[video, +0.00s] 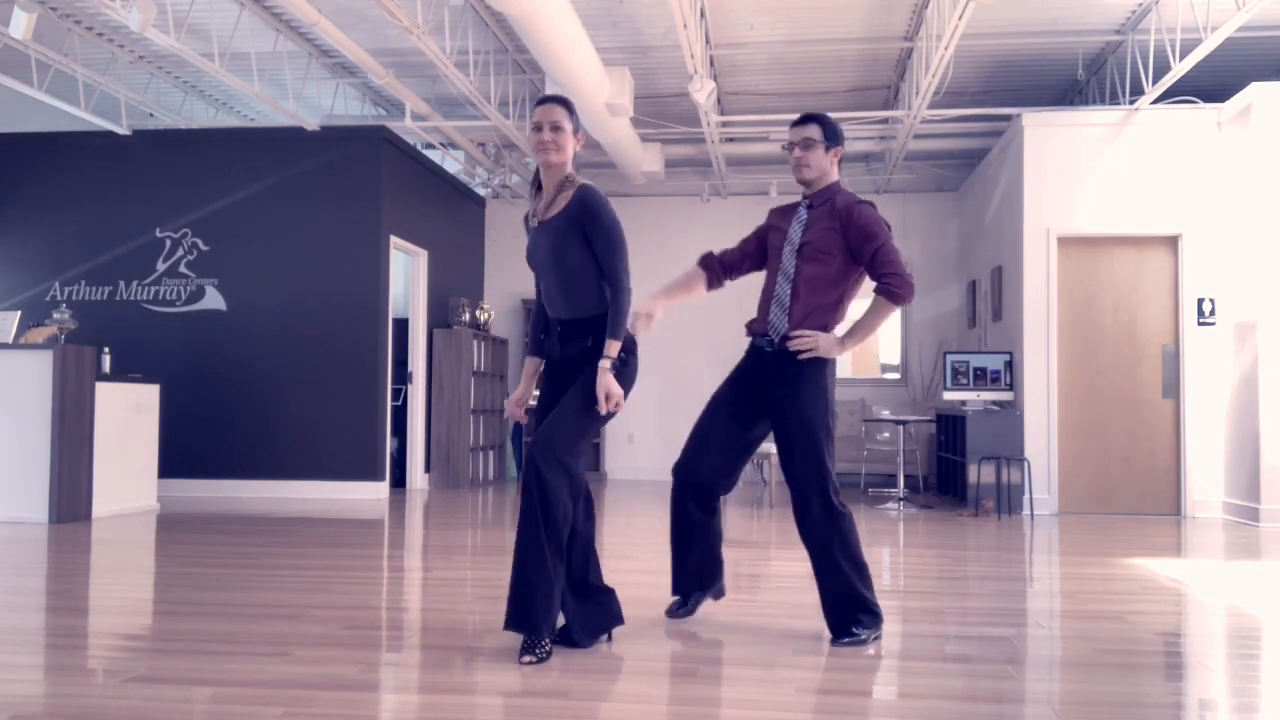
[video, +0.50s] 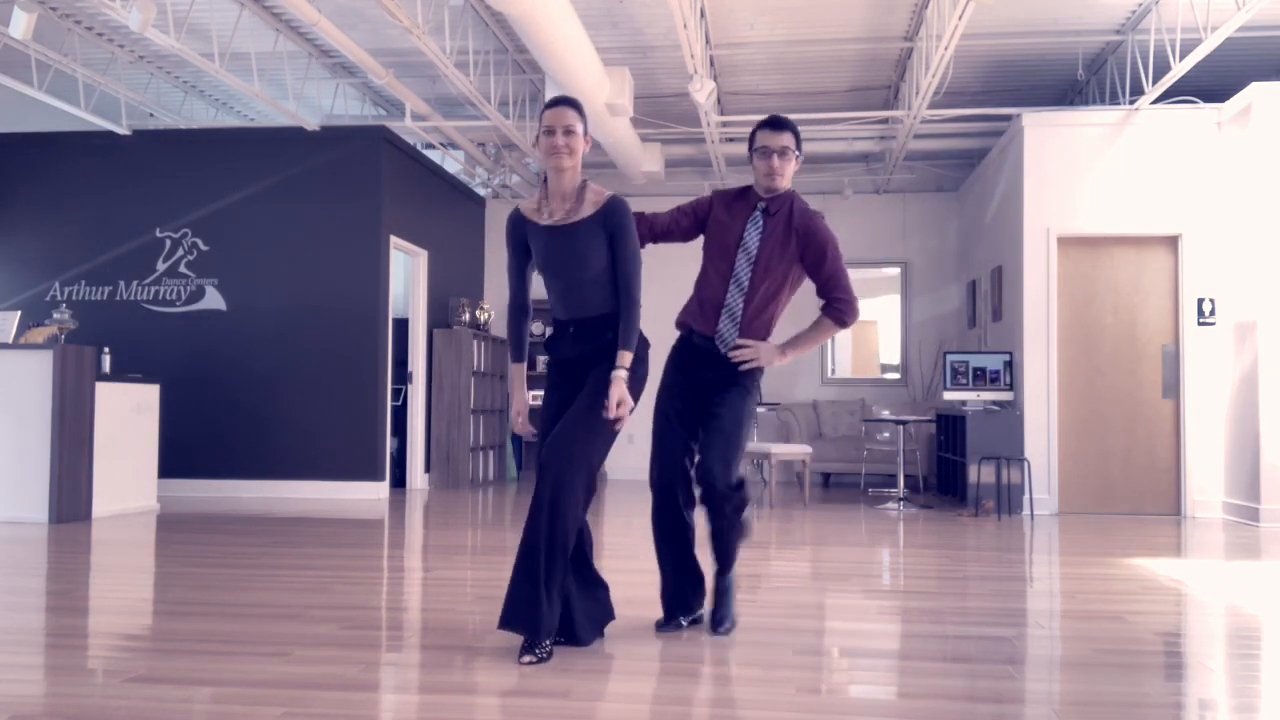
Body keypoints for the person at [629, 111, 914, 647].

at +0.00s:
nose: (795, 154)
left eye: (806, 146)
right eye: (791, 147)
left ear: (835, 154)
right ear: (789, 157)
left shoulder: (854, 213)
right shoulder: (782, 220)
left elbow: (897, 286)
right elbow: (721, 267)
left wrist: (845, 342)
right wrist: (659, 299)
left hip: (805, 365)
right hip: (757, 361)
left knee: (815, 492)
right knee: (694, 474)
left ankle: (857, 618)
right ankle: (698, 579)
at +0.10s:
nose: (797, 149)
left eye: (807, 141)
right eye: (789, 142)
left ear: (829, 152)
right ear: (780, 151)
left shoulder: (838, 208)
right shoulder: (765, 212)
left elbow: (885, 279)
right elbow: (700, 250)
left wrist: (831, 336)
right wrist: (630, 271)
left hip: (794, 363)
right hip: (745, 360)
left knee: (815, 490)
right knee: (694, 487)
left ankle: (856, 618)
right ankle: (688, 602)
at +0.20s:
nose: (792, 146)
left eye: (804, 139)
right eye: (784, 138)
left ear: (820, 150)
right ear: (771, 146)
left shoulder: (825, 208)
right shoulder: (744, 201)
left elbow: (876, 278)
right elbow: (670, 229)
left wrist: (813, 316)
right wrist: (597, 248)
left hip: (778, 359)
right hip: (727, 357)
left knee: (807, 483)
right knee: (695, 482)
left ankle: (853, 613)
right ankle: (690, 604)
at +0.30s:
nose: (785, 145)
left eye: (796, 137)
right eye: (776, 135)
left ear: (810, 148)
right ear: (762, 142)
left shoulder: (813, 206)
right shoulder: (730, 191)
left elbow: (859, 284)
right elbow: (656, 216)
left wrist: (794, 316)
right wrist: (587, 231)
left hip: (762, 356)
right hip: (709, 351)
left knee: (783, 473)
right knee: (684, 480)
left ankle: (833, 592)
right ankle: (691, 604)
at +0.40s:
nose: (778, 151)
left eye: (789, 143)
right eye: (768, 141)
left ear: (803, 152)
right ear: (754, 147)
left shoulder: (811, 218)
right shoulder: (723, 195)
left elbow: (851, 297)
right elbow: (651, 218)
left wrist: (786, 336)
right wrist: (597, 225)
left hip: (748, 355)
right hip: (695, 348)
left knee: (748, 459)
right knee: (676, 472)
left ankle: (775, 550)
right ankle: (688, 600)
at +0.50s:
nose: (772, 162)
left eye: (783, 154)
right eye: (763, 152)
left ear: (798, 161)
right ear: (749, 157)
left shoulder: (808, 227)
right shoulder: (720, 206)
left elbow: (844, 309)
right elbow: (651, 226)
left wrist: (781, 351)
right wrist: (595, 211)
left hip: (740, 365)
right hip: (689, 353)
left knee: (718, 477)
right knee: (667, 479)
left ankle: (724, 580)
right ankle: (682, 599)